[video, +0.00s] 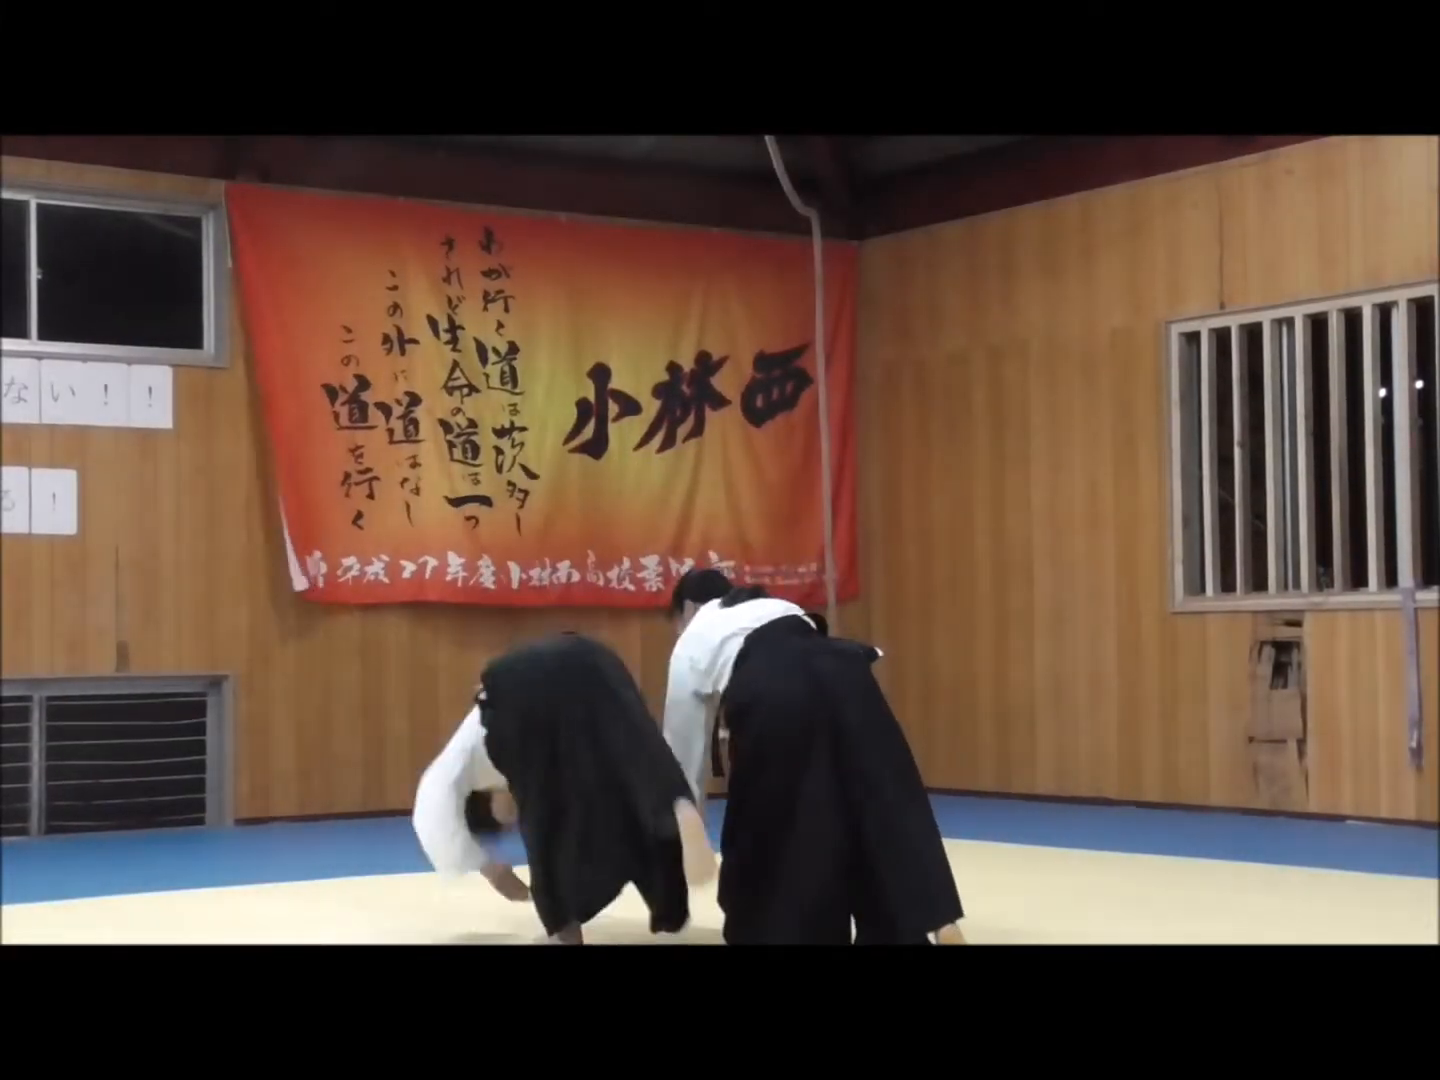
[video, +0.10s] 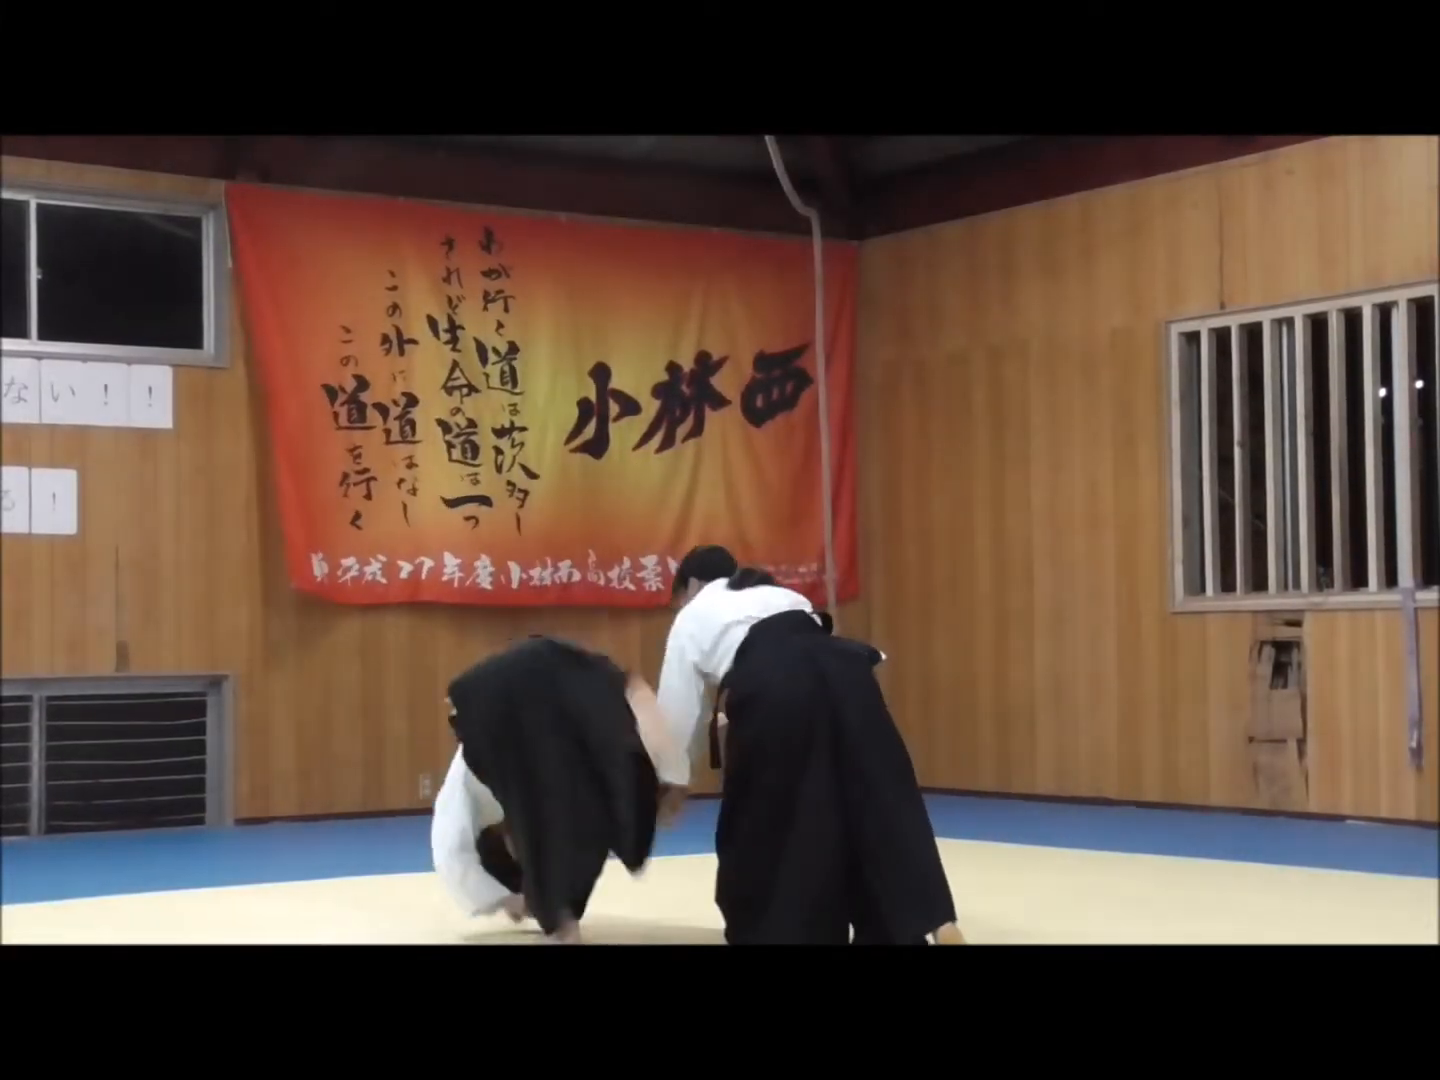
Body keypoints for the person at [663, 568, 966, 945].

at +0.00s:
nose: (678, 631)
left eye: (677, 621)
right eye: (677, 623)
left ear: (689, 609)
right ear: (728, 595)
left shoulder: (695, 640)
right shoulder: (772, 606)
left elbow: (683, 751)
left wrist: (686, 832)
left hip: (777, 697)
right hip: (847, 680)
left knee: (770, 826)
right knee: (892, 798)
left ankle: (764, 928)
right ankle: (945, 923)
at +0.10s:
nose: (679, 609)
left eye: (680, 599)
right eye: (678, 600)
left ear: (691, 586)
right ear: (733, 576)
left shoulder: (692, 618)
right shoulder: (773, 593)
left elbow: (679, 711)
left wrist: (674, 782)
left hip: (774, 689)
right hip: (846, 674)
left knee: (761, 817)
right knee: (887, 791)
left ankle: (757, 929)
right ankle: (942, 920)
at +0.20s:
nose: (684, 575)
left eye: (687, 566)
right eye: (685, 567)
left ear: (702, 557)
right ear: (739, 550)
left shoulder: (694, 590)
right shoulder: (781, 577)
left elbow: (656, 671)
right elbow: (814, 628)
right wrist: (733, 688)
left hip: (774, 682)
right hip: (846, 673)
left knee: (759, 817)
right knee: (887, 792)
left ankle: (760, 931)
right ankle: (942, 921)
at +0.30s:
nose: (696, 551)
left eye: (698, 543)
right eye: (697, 544)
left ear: (714, 536)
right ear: (752, 531)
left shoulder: (705, 567)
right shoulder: (790, 563)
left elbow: (627, 618)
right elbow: (804, 624)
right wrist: (732, 667)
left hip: (779, 679)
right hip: (848, 672)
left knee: (755, 811)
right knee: (886, 795)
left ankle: (758, 930)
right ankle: (940, 915)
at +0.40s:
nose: (705, 535)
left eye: (707, 526)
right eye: (706, 527)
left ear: (725, 520)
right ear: (761, 515)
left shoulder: (715, 555)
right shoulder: (800, 551)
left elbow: (641, 579)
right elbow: (812, 618)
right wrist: (738, 651)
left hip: (781, 678)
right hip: (848, 671)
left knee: (756, 806)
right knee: (889, 789)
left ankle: (756, 928)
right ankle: (940, 908)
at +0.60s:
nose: (726, 513)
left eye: (730, 504)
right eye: (728, 504)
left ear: (749, 503)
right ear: (786, 500)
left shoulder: (731, 542)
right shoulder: (819, 539)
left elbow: (663, 550)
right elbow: (833, 603)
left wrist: (637, 510)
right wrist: (754, 628)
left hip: (784, 678)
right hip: (853, 670)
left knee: (766, 807)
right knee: (891, 788)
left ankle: (762, 929)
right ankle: (947, 902)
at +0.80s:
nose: (785, 509)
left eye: (788, 501)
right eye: (785, 502)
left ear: (804, 502)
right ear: (846, 498)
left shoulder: (782, 545)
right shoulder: (880, 552)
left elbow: (702, 560)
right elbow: (885, 605)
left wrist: (687, 516)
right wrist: (793, 625)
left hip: (824, 689)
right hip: (895, 685)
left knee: (791, 814)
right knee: (908, 809)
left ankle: (760, 930)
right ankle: (950, 918)